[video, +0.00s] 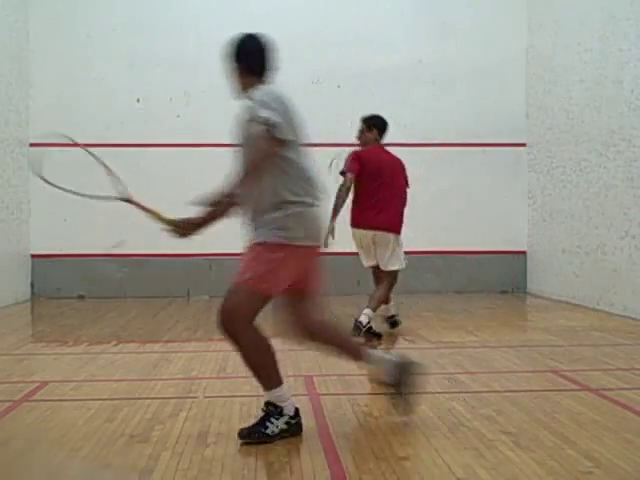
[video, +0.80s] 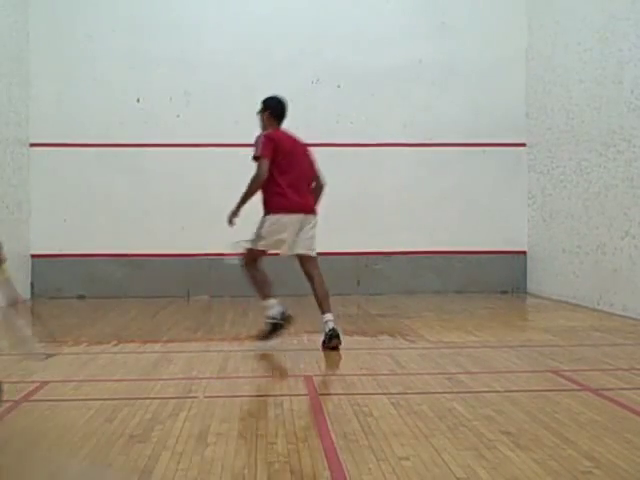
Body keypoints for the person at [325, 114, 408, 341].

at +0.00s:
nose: (358, 136)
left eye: (362, 132)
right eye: (359, 131)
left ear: (373, 133)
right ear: (379, 134)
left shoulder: (357, 157)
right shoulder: (396, 162)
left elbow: (346, 185)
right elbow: (403, 192)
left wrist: (332, 220)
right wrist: (395, 222)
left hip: (360, 226)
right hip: (389, 228)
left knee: (377, 273)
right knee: (388, 278)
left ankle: (389, 313)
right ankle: (364, 318)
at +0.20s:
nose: (335, 124)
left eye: (339, 119)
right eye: (335, 119)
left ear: (353, 119)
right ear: (356, 121)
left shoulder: (343, 144)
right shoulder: (376, 146)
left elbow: (348, 178)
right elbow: (392, 183)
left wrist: (345, 215)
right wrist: (380, 207)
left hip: (354, 214)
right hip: (378, 215)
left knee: (347, 262)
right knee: (374, 270)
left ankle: (352, 316)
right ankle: (363, 320)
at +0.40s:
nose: (312, 120)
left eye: (316, 115)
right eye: (311, 116)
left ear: (330, 117)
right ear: (331, 119)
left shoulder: (321, 142)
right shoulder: (353, 143)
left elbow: (326, 177)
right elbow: (378, 178)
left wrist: (323, 217)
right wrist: (374, 210)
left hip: (335, 215)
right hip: (362, 214)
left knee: (315, 266)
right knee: (363, 269)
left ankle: (317, 323)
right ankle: (360, 325)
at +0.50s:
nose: (298, 119)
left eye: (303, 114)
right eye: (298, 114)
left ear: (317, 115)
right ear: (320, 117)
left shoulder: (306, 142)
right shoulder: (341, 142)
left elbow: (308, 176)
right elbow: (366, 176)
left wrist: (301, 213)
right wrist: (365, 212)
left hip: (317, 215)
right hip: (346, 214)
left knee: (308, 271)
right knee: (354, 268)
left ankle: (312, 328)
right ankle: (360, 326)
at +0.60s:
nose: (284, 115)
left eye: (288, 110)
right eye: (284, 110)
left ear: (301, 111)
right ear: (306, 113)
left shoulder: (290, 137)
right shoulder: (326, 139)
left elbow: (288, 171)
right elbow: (352, 175)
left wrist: (273, 211)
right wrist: (349, 210)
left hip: (303, 214)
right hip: (331, 213)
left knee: (302, 271)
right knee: (341, 269)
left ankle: (312, 330)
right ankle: (354, 325)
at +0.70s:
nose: (271, 110)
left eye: (275, 106)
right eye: (272, 105)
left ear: (285, 108)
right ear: (293, 110)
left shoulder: (276, 132)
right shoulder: (312, 136)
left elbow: (273, 168)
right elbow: (336, 174)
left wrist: (254, 204)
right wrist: (329, 203)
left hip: (291, 207)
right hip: (318, 207)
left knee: (281, 263)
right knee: (322, 261)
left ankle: (301, 319)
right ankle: (335, 320)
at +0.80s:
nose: (259, 119)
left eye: (260, 115)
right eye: (260, 115)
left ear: (267, 115)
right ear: (281, 117)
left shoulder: (267, 138)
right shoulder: (298, 143)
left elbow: (262, 175)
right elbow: (319, 183)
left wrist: (238, 206)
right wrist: (307, 209)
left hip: (280, 213)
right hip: (307, 213)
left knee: (250, 261)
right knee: (311, 267)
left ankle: (274, 312)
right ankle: (330, 326)